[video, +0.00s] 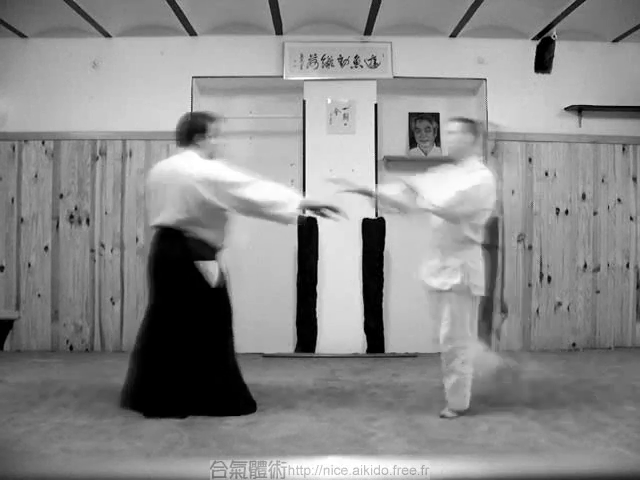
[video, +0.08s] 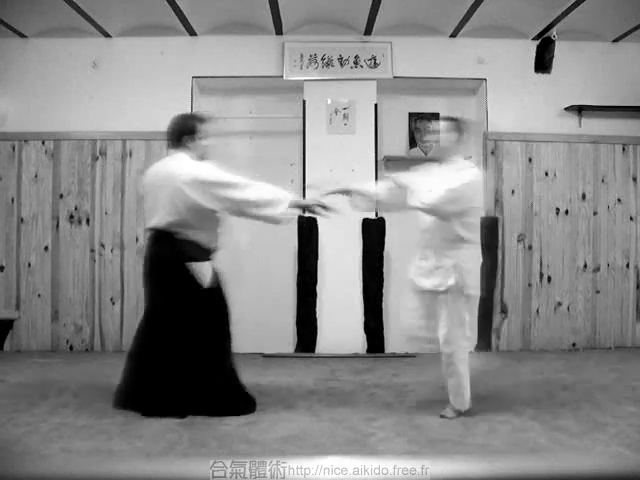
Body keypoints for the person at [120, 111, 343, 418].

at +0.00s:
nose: (220, 141)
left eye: (220, 135)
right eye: (216, 136)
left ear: (187, 139)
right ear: (200, 138)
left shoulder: (159, 169)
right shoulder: (205, 170)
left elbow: (158, 213)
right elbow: (250, 192)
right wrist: (302, 203)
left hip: (163, 251)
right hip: (194, 255)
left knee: (165, 324)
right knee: (210, 325)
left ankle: (152, 395)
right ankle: (218, 396)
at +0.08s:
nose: (207, 143)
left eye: (206, 137)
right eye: (203, 137)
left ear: (177, 140)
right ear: (190, 139)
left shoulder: (156, 171)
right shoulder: (193, 171)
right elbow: (240, 194)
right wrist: (293, 202)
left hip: (158, 252)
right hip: (187, 256)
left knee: (162, 325)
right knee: (210, 322)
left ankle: (150, 394)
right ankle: (217, 395)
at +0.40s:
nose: (165, 145)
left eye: (165, 140)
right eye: (159, 140)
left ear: (141, 143)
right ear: (141, 143)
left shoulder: (140, 169)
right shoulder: (142, 174)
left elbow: (178, 182)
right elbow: (186, 190)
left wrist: (203, 178)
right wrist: (214, 184)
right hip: (154, 260)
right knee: (174, 329)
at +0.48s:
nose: (160, 144)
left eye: (160, 139)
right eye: (155, 139)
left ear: (140, 141)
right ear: (138, 141)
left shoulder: (143, 168)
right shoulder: (133, 171)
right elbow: (164, 181)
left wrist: (184, 161)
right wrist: (176, 160)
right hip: (148, 259)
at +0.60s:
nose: (159, 141)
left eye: (158, 136)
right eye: (153, 136)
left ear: (137, 143)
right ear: (136, 141)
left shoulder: (147, 171)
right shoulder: (129, 171)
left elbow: (165, 161)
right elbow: (153, 157)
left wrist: (173, 137)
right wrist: (162, 128)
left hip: (160, 257)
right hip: (144, 259)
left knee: (170, 328)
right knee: (145, 331)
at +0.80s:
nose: (166, 141)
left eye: (164, 135)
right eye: (159, 137)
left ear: (139, 143)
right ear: (142, 142)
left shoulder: (135, 167)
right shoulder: (147, 166)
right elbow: (189, 155)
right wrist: (207, 128)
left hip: (134, 250)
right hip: (158, 253)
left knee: (132, 325)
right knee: (155, 327)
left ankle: (127, 397)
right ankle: (145, 398)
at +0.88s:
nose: (172, 142)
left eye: (170, 137)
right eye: (165, 138)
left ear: (145, 143)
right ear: (147, 143)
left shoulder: (142, 166)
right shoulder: (150, 166)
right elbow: (196, 160)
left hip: (141, 250)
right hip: (150, 253)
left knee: (138, 325)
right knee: (146, 327)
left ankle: (132, 398)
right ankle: (137, 398)